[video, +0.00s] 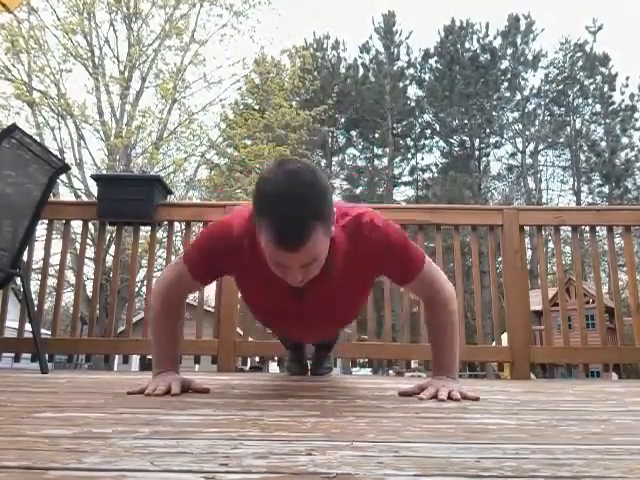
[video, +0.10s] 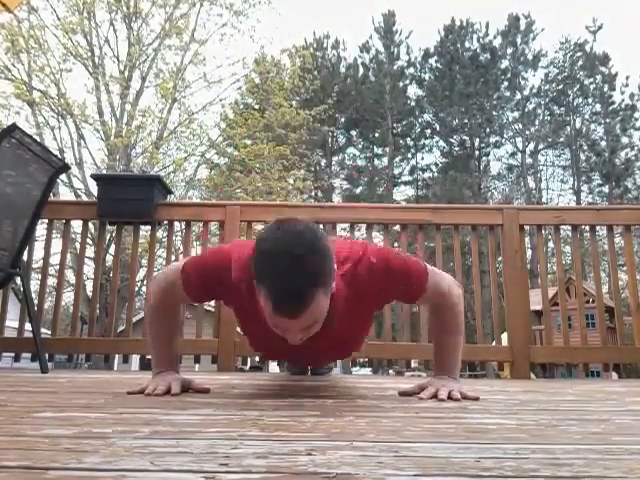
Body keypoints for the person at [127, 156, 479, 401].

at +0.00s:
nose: (297, 276)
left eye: (309, 263)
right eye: (283, 266)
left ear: (332, 226)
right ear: (259, 233)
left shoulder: (369, 232)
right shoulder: (231, 236)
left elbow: (440, 291)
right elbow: (166, 290)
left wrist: (445, 376)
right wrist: (165, 370)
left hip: (335, 318)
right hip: (279, 320)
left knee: (326, 340)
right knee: (291, 340)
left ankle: (322, 355)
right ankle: (295, 353)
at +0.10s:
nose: (297, 336)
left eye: (309, 325)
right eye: (282, 328)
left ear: (332, 281)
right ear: (255, 287)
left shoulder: (370, 267)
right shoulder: (232, 266)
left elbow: (446, 291)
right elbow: (164, 288)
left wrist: (446, 376)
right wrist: (165, 370)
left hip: (336, 348)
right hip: (272, 349)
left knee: (322, 362)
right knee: (286, 361)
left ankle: (317, 368)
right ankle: (294, 365)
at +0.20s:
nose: (296, 389)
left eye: (311, 379)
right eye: (278, 380)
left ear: (334, 332)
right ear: (254, 329)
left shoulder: (370, 296)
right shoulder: (234, 294)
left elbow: (448, 291)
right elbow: (163, 287)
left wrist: (446, 374)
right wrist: (165, 369)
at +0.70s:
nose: (302, 229)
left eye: (317, 214)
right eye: (286, 215)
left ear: (336, 185)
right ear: (266, 188)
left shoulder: (373, 207)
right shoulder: (237, 208)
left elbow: (426, 289)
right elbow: (187, 284)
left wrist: (443, 375)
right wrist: (167, 370)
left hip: (337, 308)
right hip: (279, 306)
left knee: (325, 338)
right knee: (291, 338)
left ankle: (321, 357)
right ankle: (296, 357)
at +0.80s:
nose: (299, 265)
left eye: (313, 251)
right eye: (284, 252)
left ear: (336, 217)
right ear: (263, 222)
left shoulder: (372, 230)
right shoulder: (233, 232)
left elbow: (438, 290)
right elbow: (172, 289)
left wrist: (445, 375)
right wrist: (166, 371)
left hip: (335, 320)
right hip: (279, 320)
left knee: (325, 343)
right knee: (291, 343)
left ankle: (322, 359)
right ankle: (295, 358)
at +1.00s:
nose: (296, 386)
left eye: (312, 373)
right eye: (281, 373)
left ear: (337, 328)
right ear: (257, 324)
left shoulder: (372, 296)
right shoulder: (234, 294)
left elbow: (448, 291)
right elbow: (161, 285)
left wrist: (446, 374)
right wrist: (164, 369)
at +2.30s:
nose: (295, 232)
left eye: (309, 218)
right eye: (281, 219)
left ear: (330, 188)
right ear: (261, 192)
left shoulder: (371, 206)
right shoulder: (235, 207)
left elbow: (425, 289)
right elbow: (185, 286)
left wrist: (445, 376)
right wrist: (169, 371)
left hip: (335, 305)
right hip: (278, 305)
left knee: (325, 335)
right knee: (291, 335)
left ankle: (321, 355)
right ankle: (295, 354)